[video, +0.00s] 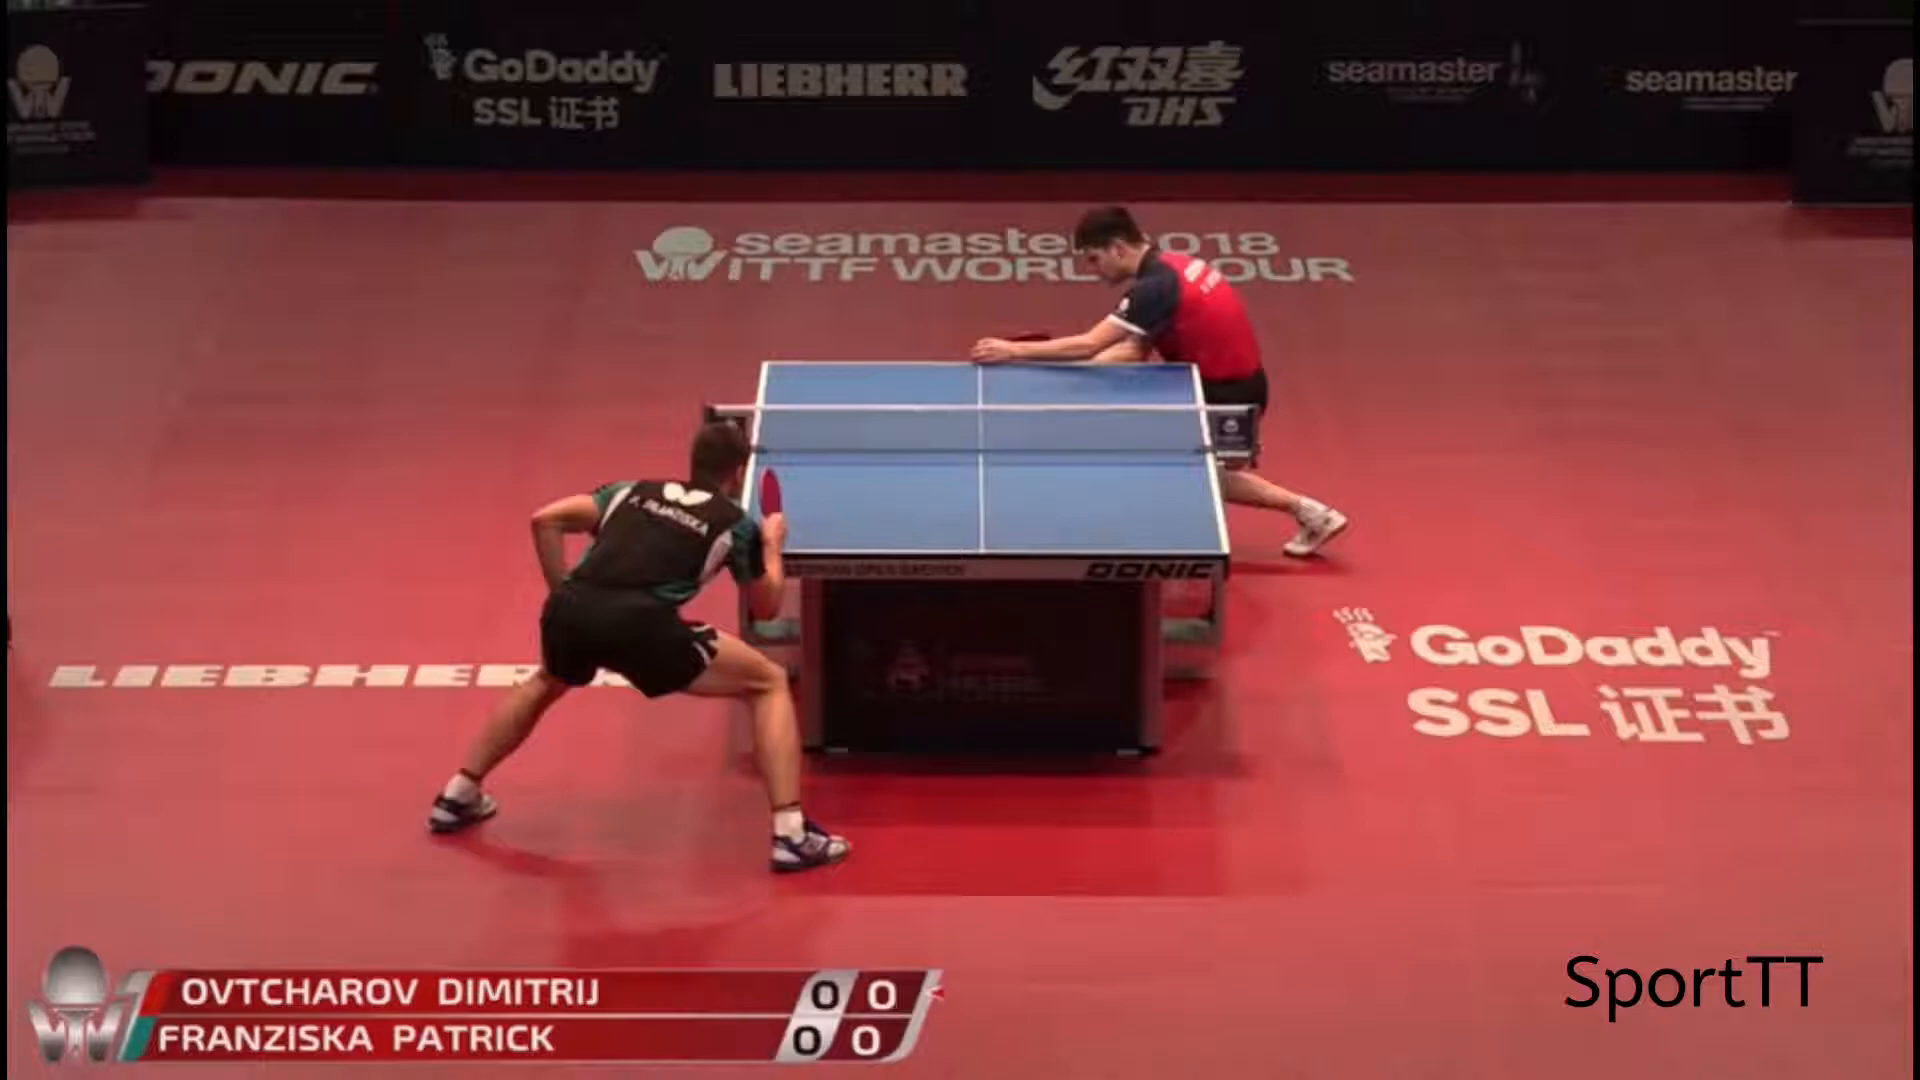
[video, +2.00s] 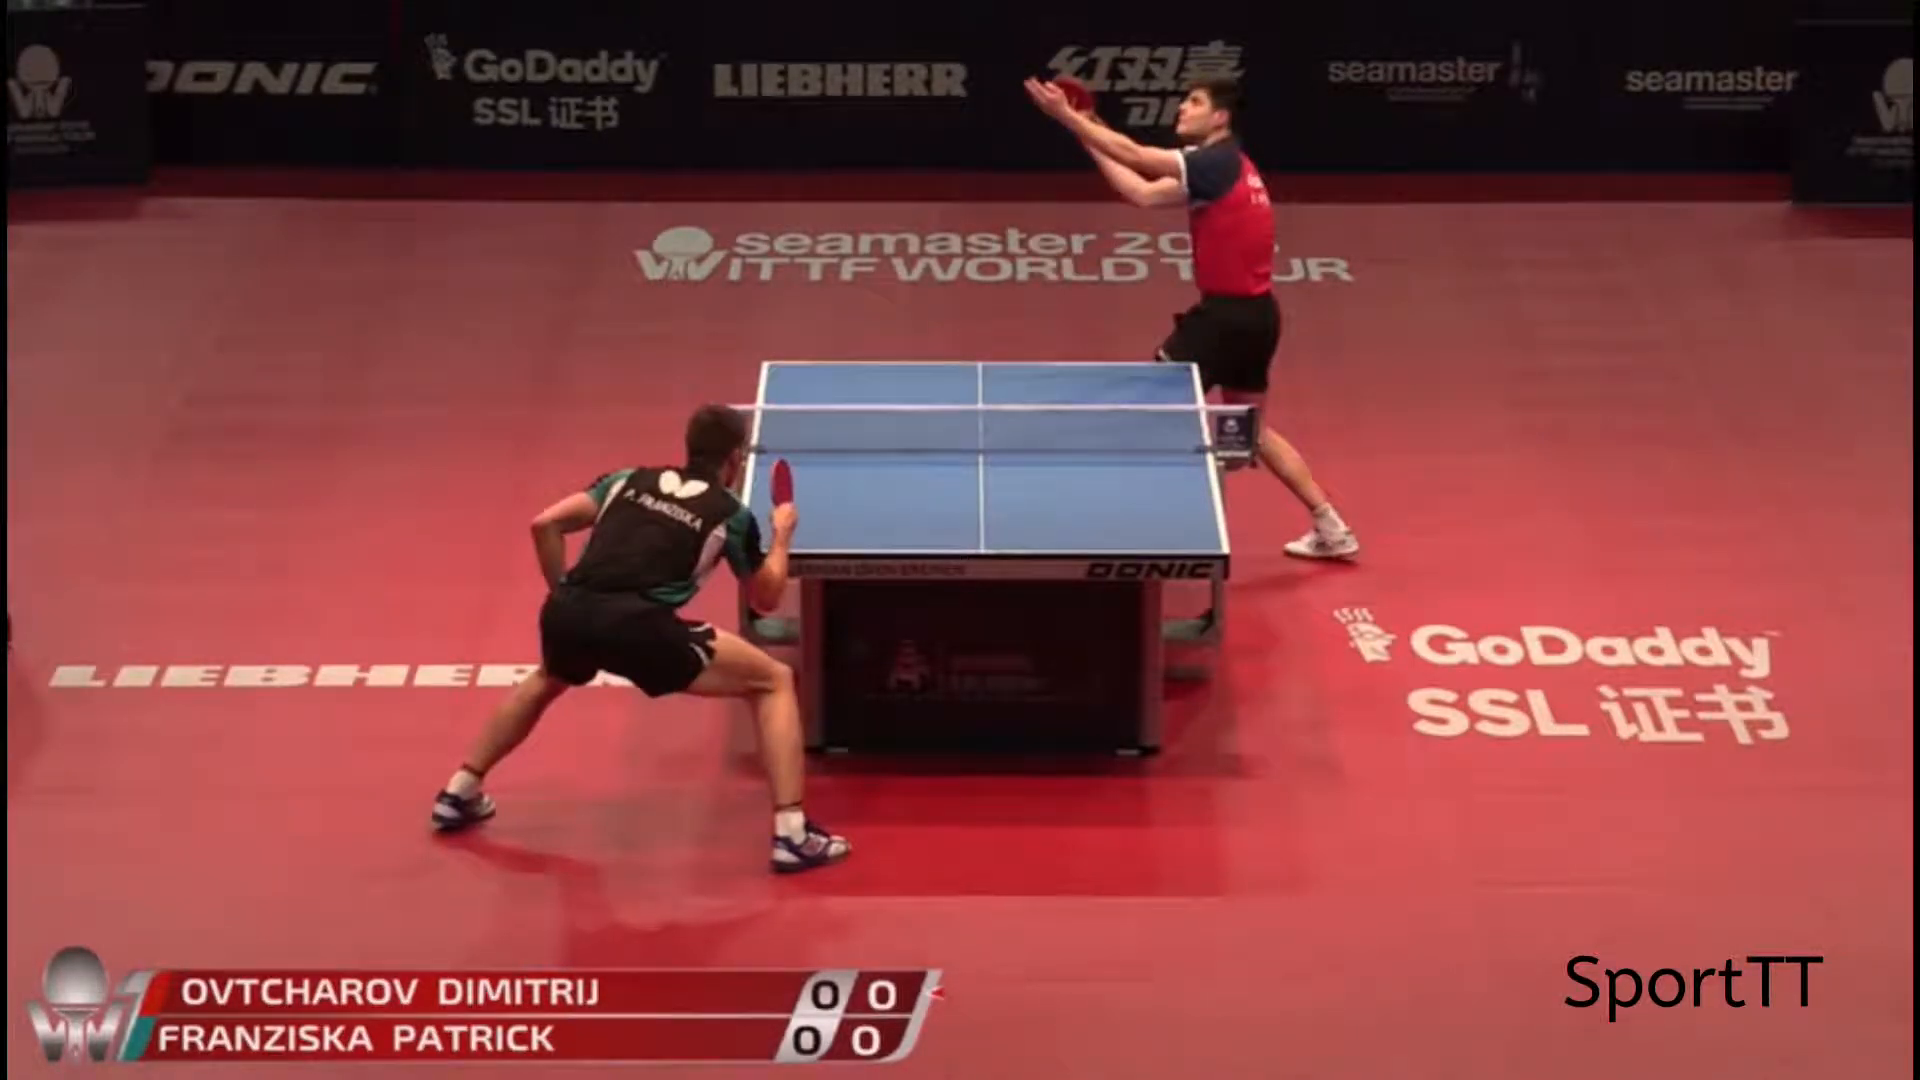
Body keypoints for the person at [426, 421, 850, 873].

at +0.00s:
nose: (743, 474)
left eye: (734, 466)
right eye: (744, 467)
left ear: (691, 462)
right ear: (739, 471)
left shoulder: (635, 490)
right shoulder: (738, 523)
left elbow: (545, 520)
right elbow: (765, 607)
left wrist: (561, 591)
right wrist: (774, 545)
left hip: (570, 611)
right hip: (644, 625)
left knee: (548, 680)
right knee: (768, 684)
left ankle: (459, 790)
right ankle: (792, 832)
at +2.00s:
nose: (745, 461)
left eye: (743, 453)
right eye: (745, 454)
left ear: (689, 451)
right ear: (734, 459)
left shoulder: (629, 479)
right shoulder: (732, 513)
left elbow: (546, 523)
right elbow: (766, 598)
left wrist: (560, 593)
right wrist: (782, 535)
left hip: (568, 614)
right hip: (639, 624)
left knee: (545, 682)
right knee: (774, 682)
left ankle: (459, 790)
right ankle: (793, 833)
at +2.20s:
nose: (745, 454)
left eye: (744, 445)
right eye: (744, 446)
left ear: (689, 440)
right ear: (732, 449)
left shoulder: (628, 471)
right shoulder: (731, 505)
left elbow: (546, 519)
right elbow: (766, 591)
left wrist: (560, 588)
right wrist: (783, 530)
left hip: (569, 607)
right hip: (639, 618)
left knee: (542, 681)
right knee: (772, 680)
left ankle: (459, 791)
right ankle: (793, 833)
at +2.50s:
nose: (752, 419)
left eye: (749, 409)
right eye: (751, 411)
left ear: (695, 405)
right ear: (741, 418)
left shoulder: (638, 443)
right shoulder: (741, 477)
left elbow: (559, 501)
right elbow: (774, 568)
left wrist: (570, 569)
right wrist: (801, 517)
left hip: (577, 583)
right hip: (650, 597)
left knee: (537, 676)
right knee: (774, 678)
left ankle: (458, 793)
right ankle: (792, 831)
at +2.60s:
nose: (756, 407)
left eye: (752, 395)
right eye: (755, 398)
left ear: (702, 394)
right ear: (747, 405)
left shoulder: (648, 431)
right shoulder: (747, 465)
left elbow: (568, 492)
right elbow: (785, 558)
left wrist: (584, 552)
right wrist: (816, 513)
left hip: (586, 574)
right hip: (656, 588)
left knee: (537, 675)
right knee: (781, 675)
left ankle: (457, 792)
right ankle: (791, 832)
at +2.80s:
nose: (768, 377)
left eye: (759, 368)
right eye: (768, 371)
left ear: (713, 370)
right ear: (762, 378)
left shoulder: (658, 409)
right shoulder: (759, 446)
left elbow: (583, 470)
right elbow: (799, 542)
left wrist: (604, 527)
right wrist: (838, 511)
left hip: (599, 557)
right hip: (669, 574)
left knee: (545, 663)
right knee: (778, 676)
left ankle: (461, 781)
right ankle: (791, 833)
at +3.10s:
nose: (743, 374)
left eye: (742, 365)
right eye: (742, 367)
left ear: (688, 359)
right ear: (732, 371)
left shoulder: (625, 390)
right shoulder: (724, 429)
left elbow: (543, 442)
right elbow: (764, 522)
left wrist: (545, 492)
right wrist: (818, 508)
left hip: (584, 549)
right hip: (659, 561)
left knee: (529, 655)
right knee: (762, 646)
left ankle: (470, 782)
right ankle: (795, 764)